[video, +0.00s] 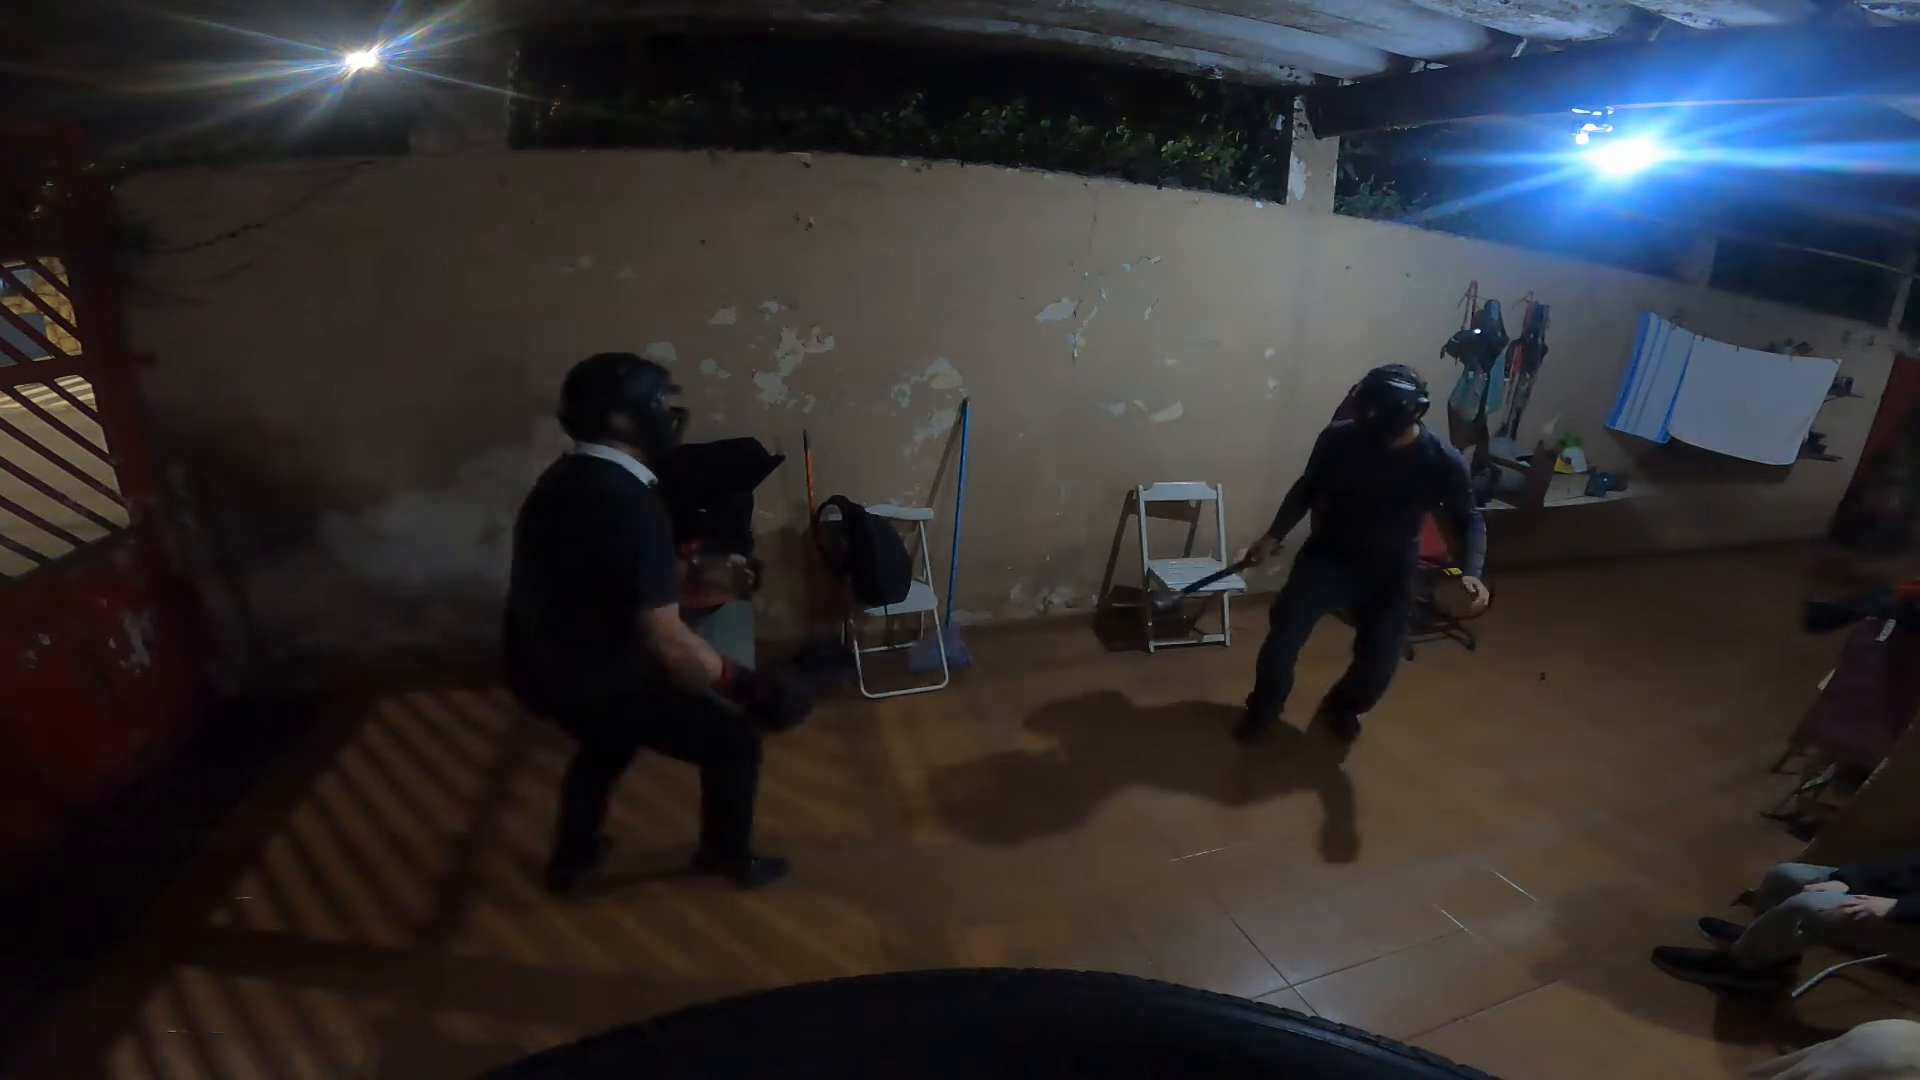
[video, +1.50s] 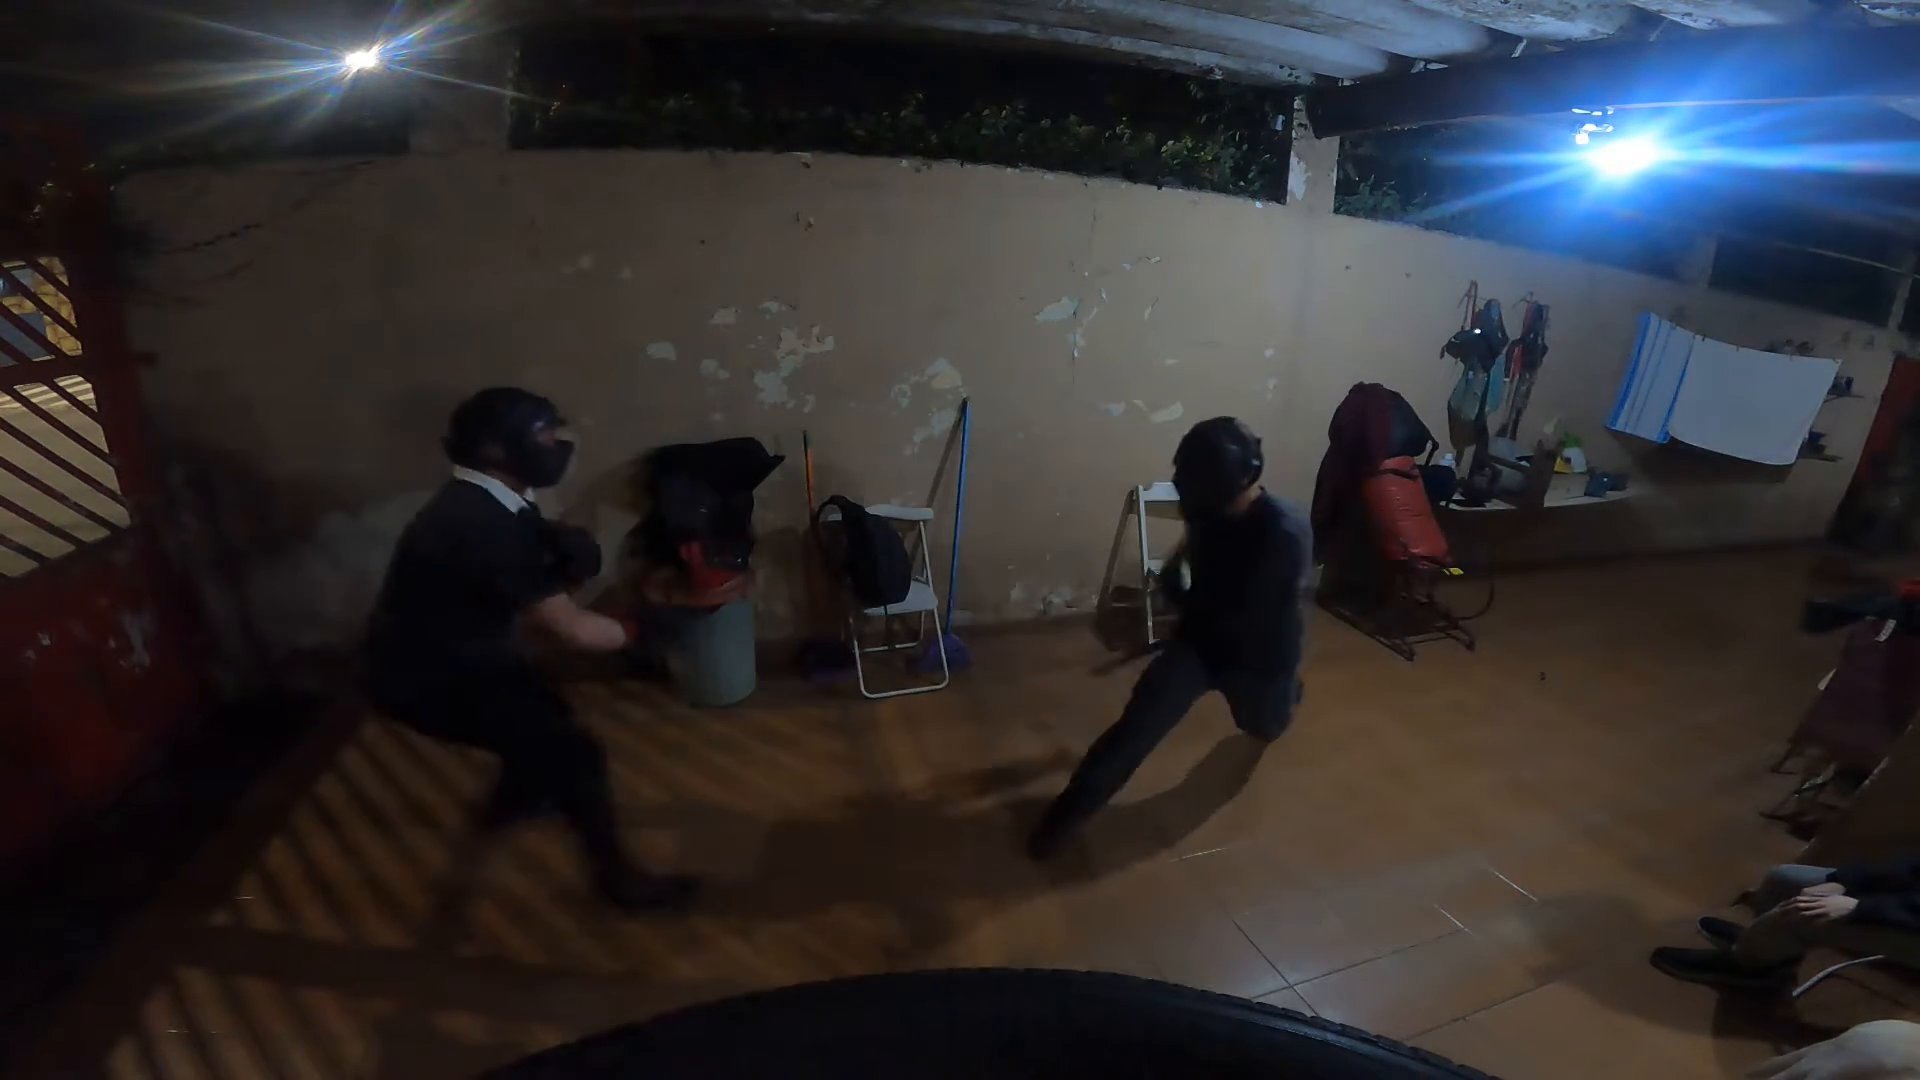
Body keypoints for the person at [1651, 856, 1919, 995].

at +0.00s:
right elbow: (1911, 866)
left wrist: (1898, 908)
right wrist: (1849, 881)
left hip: (1910, 926)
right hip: (1900, 894)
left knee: (1803, 908)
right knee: (1785, 877)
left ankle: (1739, 962)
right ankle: (1762, 946)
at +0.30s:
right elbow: (1911, 869)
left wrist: (1878, 908)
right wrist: (1847, 881)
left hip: (1911, 924)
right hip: (1899, 893)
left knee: (1799, 912)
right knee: (1783, 878)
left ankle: (1737, 963)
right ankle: (1766, 954)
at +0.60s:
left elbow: (1914, 911)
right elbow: (1910, 869)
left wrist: (1858, 906)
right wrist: (1845, 881)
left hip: (1910, 925)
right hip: (1900, 891)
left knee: (1797, 915)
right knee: (1782, 879)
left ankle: (1740, 963)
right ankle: (1763, 950)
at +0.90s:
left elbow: (1913, 915)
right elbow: (1909, 868)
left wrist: (1856, 909)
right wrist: (1842, 883)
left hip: (1911, 927)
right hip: (1902, 891)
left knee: (1801, 914)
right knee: (1783, 879)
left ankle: (1742, 963)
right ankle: (1757, 943)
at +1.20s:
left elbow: (1913, 916)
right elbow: (1910, 870)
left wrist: (1857, 909)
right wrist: (1844, 883)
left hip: (1910, 930)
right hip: (1903, 891)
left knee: (1800, 914)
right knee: (1783, 880)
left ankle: (1741, 962)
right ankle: (1756, 944)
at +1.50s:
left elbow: (1913, 915)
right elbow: (1910, 870)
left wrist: (1857, 909)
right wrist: (1844, 882)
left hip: (1911, 927)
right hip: (1904, 890)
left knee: (1800, 914)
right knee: (1783, 880)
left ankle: (1742, 963)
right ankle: (1756, 945)